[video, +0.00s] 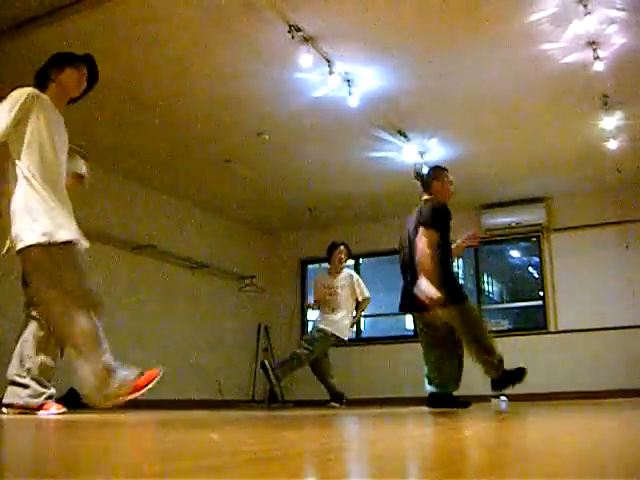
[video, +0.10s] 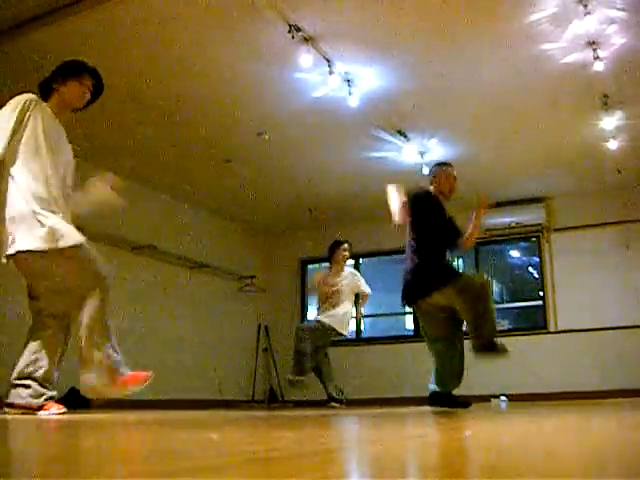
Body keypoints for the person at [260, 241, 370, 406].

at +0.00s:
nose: (341, 258)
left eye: (344, 255)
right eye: (338, 254)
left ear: (346, 259)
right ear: (330, 256)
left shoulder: (350, 277)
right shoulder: (320, 278)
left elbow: (365, 298)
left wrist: (356, 317)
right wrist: (316, 304)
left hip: (339, 324)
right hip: (322, 323)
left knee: (307, 348)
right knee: (318, 364)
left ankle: (278, 372)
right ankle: (337, 396)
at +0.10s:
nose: (346, 254)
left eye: (348, 251)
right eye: (342, 251)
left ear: (349, 255)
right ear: (332, 254)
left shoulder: (351, 275)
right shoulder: (321, 276)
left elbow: (365, 292)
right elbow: (319, 297)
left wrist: (359, 308)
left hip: (339, 321)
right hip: (323, 319)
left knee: (303, 330)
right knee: (317, 354)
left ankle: (300, 373)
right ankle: (335, 395)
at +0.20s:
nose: (354, 251)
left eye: (356, 248)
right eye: (352, 247)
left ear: (355, 250)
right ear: (342, 247)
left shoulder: (350, 268)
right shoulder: (325, 259)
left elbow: (349, 289)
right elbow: (311, 258)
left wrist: (347, 292)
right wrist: (335, 259)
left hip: (334, 308)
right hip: (316, 307)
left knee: (315, 336)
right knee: (322, 355)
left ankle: (338, 361)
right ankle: (334, 393)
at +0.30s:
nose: (358, 254)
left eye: (359, 251)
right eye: (356, 249)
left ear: (354, 252)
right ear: (346, 248)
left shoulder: (345, 268)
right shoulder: (327, 257)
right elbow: (307, 262)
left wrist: (338, 291)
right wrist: (327, 277)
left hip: (332, 310)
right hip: (312, 311)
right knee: (325, 348)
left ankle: (355, 357)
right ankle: (332, 389)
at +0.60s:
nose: (353, 272)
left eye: (353, 268)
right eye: (351, 268)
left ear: (339, 269)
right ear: (342, 269)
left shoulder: (326, 283)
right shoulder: (334, 284)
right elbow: (328, 309)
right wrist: (324, 323)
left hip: (305, 332)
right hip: (314, 332)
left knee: (322, 366)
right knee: (339, 363)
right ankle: (332, 399)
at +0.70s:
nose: (344, 263)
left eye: (344, 259)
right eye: (342, 259)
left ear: (328, 260)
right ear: (334, 260)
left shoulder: (324, 275)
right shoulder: (326, 274)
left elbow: (328, 289)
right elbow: (305, 282)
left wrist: (343, 280)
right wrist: (298, 308)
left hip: (300, 328)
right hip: (312, 328)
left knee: (297, 366)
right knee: (329, 358)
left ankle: (269, 383)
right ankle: (330, 398)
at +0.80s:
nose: (334, 256)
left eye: (334, 252)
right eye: (332, 252)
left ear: (322, 252)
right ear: (323, 252)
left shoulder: (315, 270)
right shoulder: (316, 265)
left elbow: (314, 297)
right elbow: (294, 274)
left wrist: (332, 291)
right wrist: (280, 299)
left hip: (287, 318)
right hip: (300, 314)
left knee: (282, 357)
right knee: (321, 345)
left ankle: (251, 375)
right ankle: (322, 394)